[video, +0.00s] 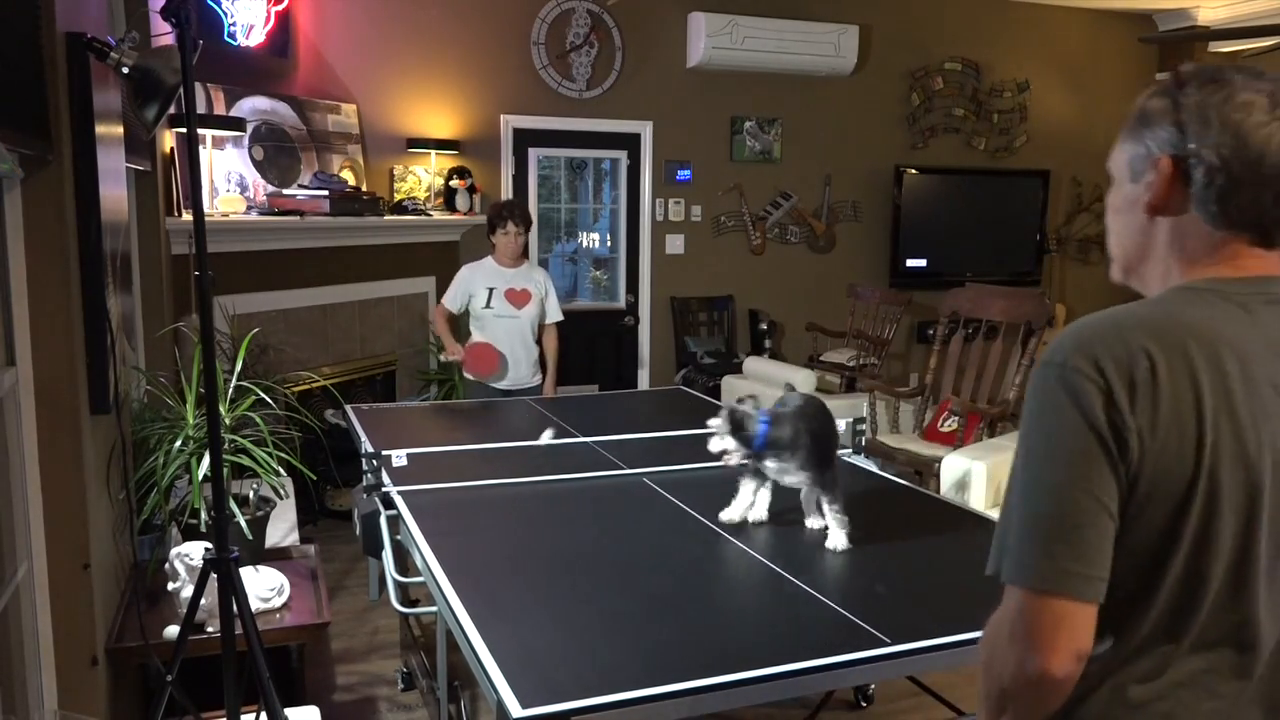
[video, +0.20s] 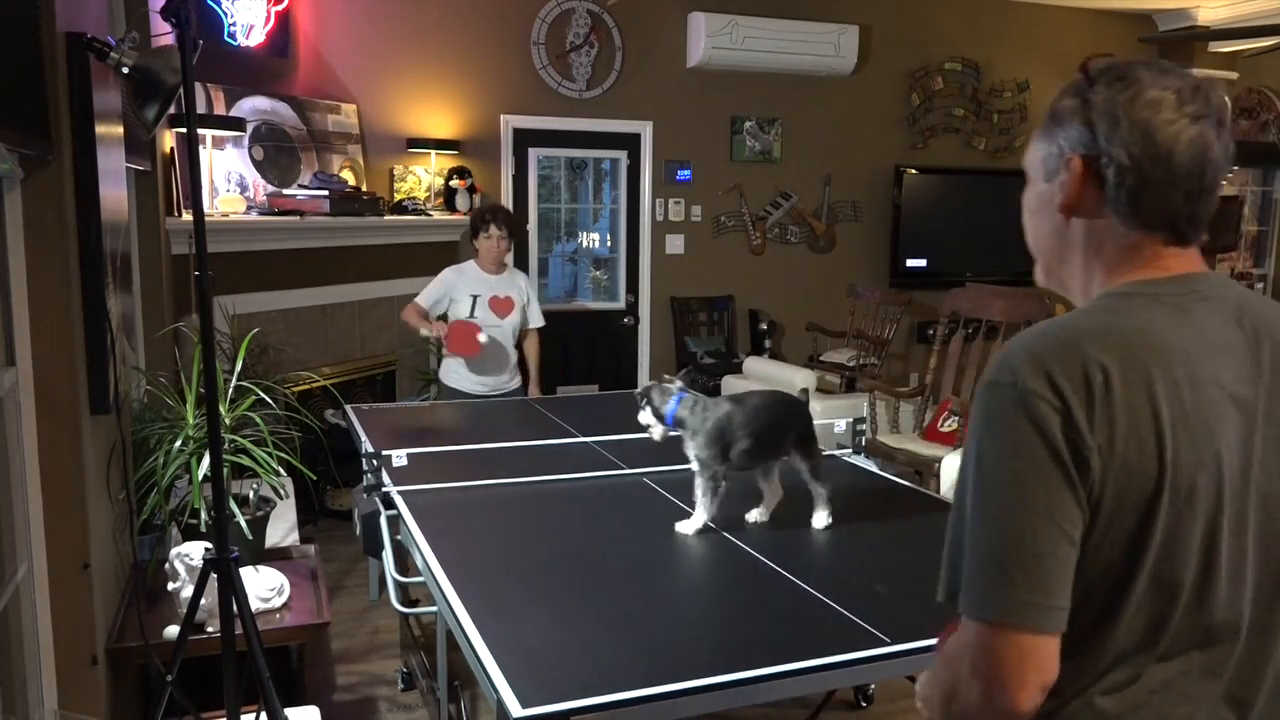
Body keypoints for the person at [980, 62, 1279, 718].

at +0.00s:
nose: (1107, 205)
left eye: (1115, 179)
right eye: (1109, 181)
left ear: (1162, 182)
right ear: (1259, 184)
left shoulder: (1105, 359)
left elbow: (1044, 655)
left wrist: (1002, 706)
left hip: (1138, 703)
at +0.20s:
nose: (1025, 206)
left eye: (1030, 178)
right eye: (1026, 179)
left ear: (1073, 182)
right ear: (1195, 189)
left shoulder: (1049, 370)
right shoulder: (1270, 329)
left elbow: (1007, 679)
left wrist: (937, 689)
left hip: (1100, 707)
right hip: (1256, 701)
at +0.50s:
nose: (944, 228)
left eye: (948, 201)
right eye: (943, 202)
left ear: (990, 209)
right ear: (1110, 208)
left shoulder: (1004, 410)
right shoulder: (1224, 357)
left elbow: (1013, 703)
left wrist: (925, 701)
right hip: (1245, 705)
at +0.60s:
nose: (891, 265)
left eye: (896, 236)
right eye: (890, 238)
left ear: (938, 244)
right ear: (1052, 240)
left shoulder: (989, 448)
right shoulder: (1138, 374)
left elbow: (1012, 700)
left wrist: (909, 703)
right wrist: (929, 691)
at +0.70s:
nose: (810, 321)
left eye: (814, 295)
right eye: (811, 296)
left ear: (855, 305)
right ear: (960, 298)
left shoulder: (954, 491)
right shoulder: (1009, 412)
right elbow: (915, 591)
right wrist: (731, 656)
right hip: (1225, 697)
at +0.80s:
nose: (726, 384)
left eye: (734, 359)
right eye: (729, 361)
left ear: (776, 374)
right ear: (868, 362)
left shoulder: (902, 543)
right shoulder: (867, 471)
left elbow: (975, 705)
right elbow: (772, 560)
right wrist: (640, 576)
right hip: (1147, 689)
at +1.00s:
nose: (670, 392)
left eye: (670, 371)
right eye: (671, 370)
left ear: (698, 385)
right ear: (811, 354)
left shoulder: (825, 562)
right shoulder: (882, 451)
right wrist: (659, 590)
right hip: (1139, 701)